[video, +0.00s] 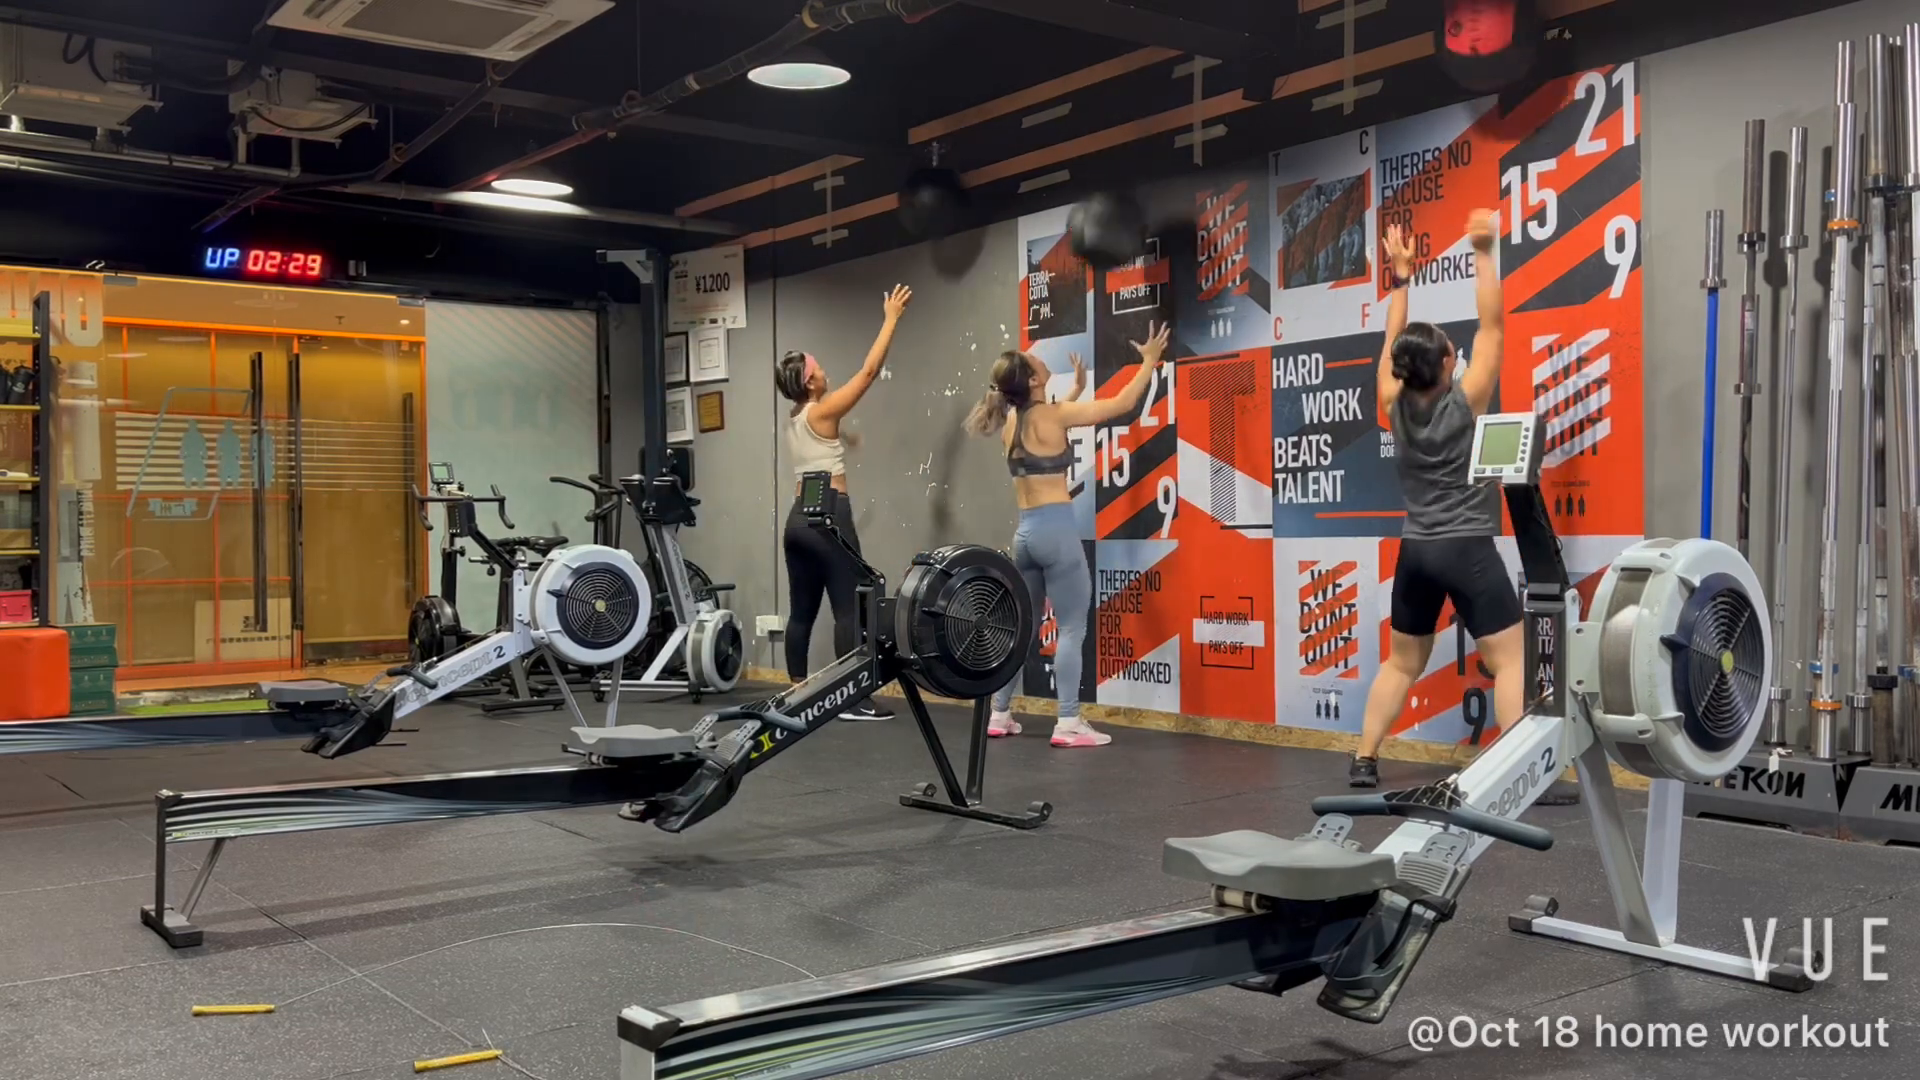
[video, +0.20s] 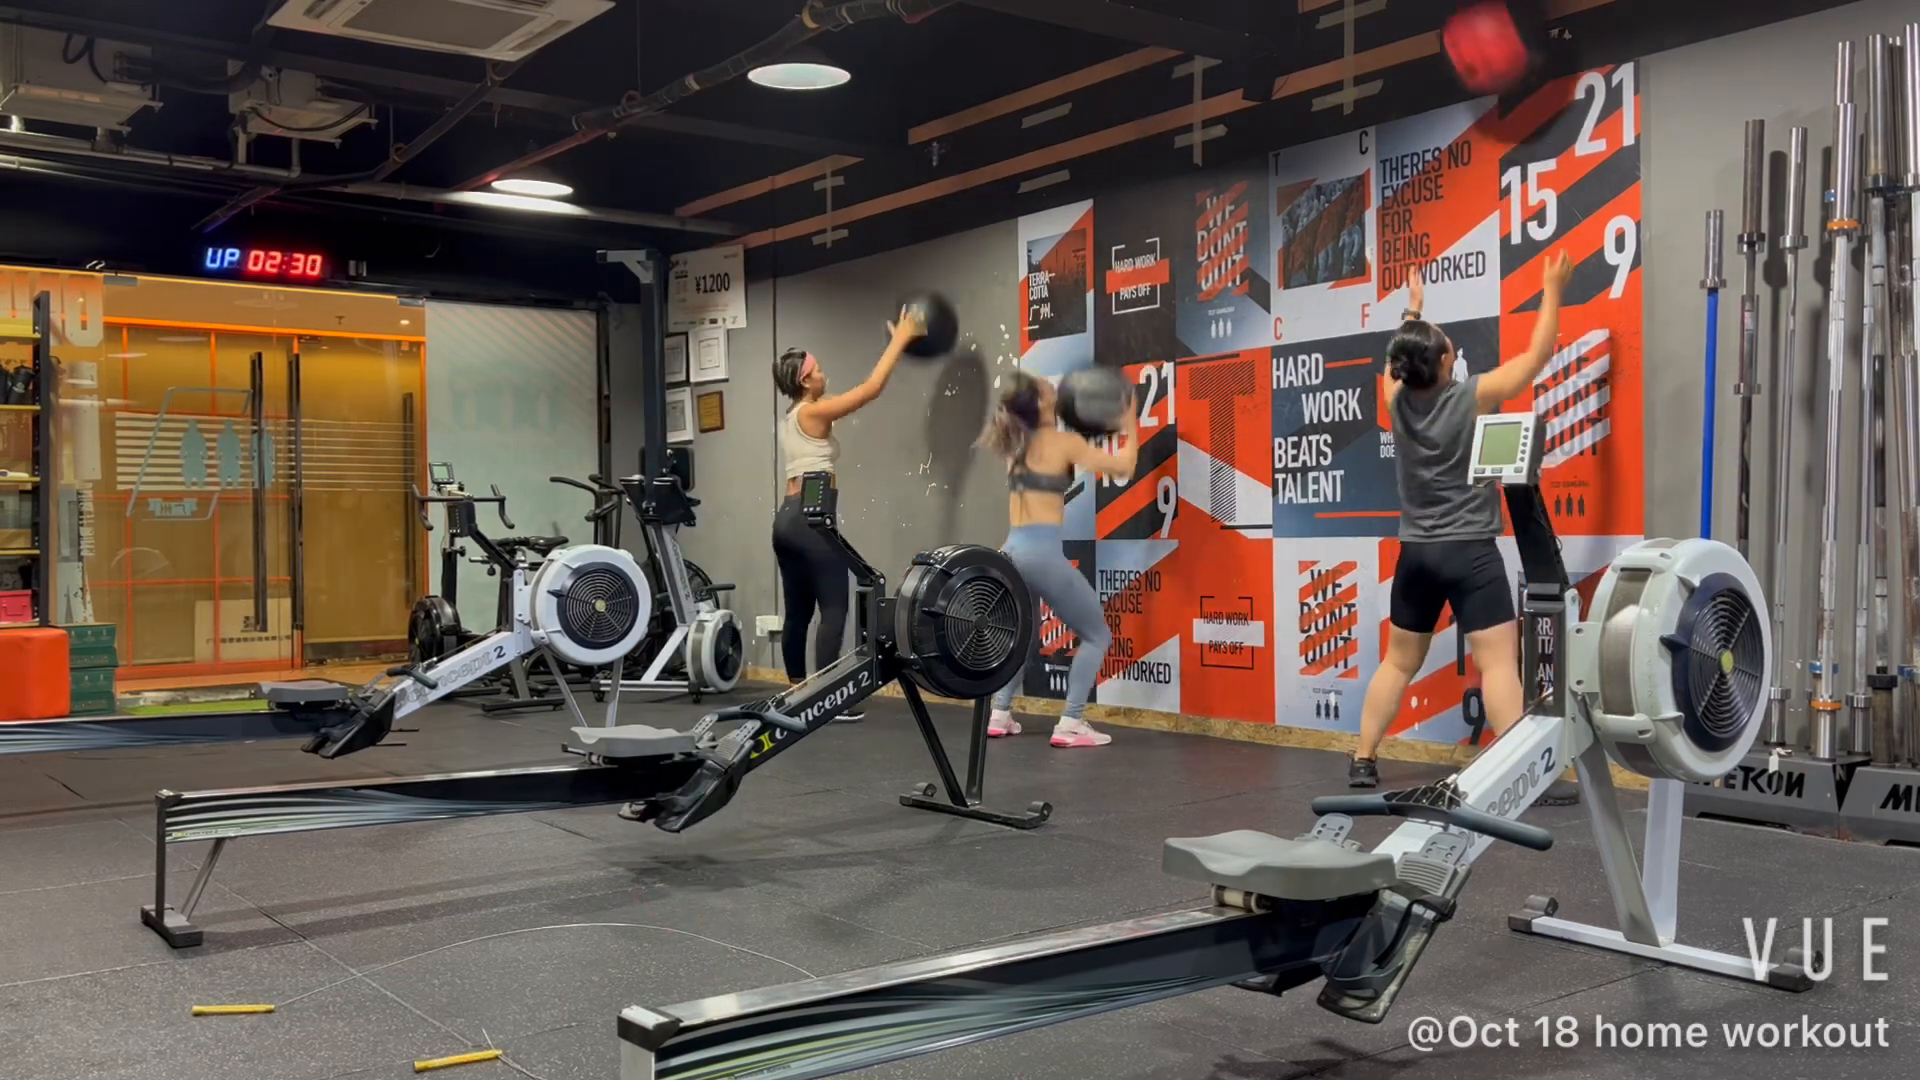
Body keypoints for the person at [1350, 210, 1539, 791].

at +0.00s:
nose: (1454, 352)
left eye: (1446, 348)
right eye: (1449, 349)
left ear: (1403, 369)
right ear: (1445, 365)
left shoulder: (1396, 406)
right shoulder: (1468, 400)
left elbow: (1392, 341)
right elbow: (1491, 325)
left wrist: (1401, 276)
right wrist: (1485, 251)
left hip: (1417, 553)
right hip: (1470, 552)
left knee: (1401, 661)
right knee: (1507, 663)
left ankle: (1363, 762)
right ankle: (1520, 776)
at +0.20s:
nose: (1454, 353)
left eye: (1448, 348)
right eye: (1450, 350)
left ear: (1409, 368)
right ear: (1445, 363)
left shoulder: (1399, 400)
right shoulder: (1473, 394)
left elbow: (1397, 363)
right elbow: (1535, 356)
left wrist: (1412, 314)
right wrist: (1553, 289)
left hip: (1417, 554)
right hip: (1471, 553)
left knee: (1398, 663)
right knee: (1496, 665)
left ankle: (1362, 760)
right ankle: (1523, 772)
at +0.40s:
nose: (1452, 349)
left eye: (1447, 344)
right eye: (1449, 347)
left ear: (1408, 366)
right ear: (1448, 360)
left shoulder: (1401, 406)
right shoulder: (1474, 400)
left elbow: (1428, 377)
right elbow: (1536, 396)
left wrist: (1443, 335)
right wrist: (1537, 332)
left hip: (1411, 555)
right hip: (1468, 556)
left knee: (1397, 660)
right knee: (1502, 663)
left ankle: (1362, 762)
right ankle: (1522, 774)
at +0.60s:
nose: (1454, 375)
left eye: (1450, 368)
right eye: (1449, 371)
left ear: (1407, 390)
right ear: (1444, 384)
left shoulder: (1400, 438)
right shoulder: (1468, 432)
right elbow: (1519, 457)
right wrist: (1536, 410)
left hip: (1403, 580)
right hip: (1461, 580)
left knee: (1398, 668)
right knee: (1525, 668)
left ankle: (1363, 763)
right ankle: (1520, 771)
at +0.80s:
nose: (1473, 453)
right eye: (1471, 447)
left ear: (1421, 458)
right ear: (1465, 455)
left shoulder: (1413, 505)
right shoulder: (1488, 510)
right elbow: (1515, 579)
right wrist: (1547, 525)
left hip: (1385, 639)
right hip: (1448, 639)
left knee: (1392, 680)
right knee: (1545, 669)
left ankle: (1363, 762)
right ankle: (1534, 776)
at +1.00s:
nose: (1480, 483)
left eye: (1477, 477)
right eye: (1477, 478)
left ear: (1428, 491)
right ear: (1472, 488)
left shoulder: (1415, 535)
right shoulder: (1494, 544)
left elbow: (1412, 596)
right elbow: (1512, 616)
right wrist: (1528, 591)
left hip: (1389, 664)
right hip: (1454, 665)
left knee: (1401, 687)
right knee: (1549, 671)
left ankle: (1366, 759)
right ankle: (1529, 773)